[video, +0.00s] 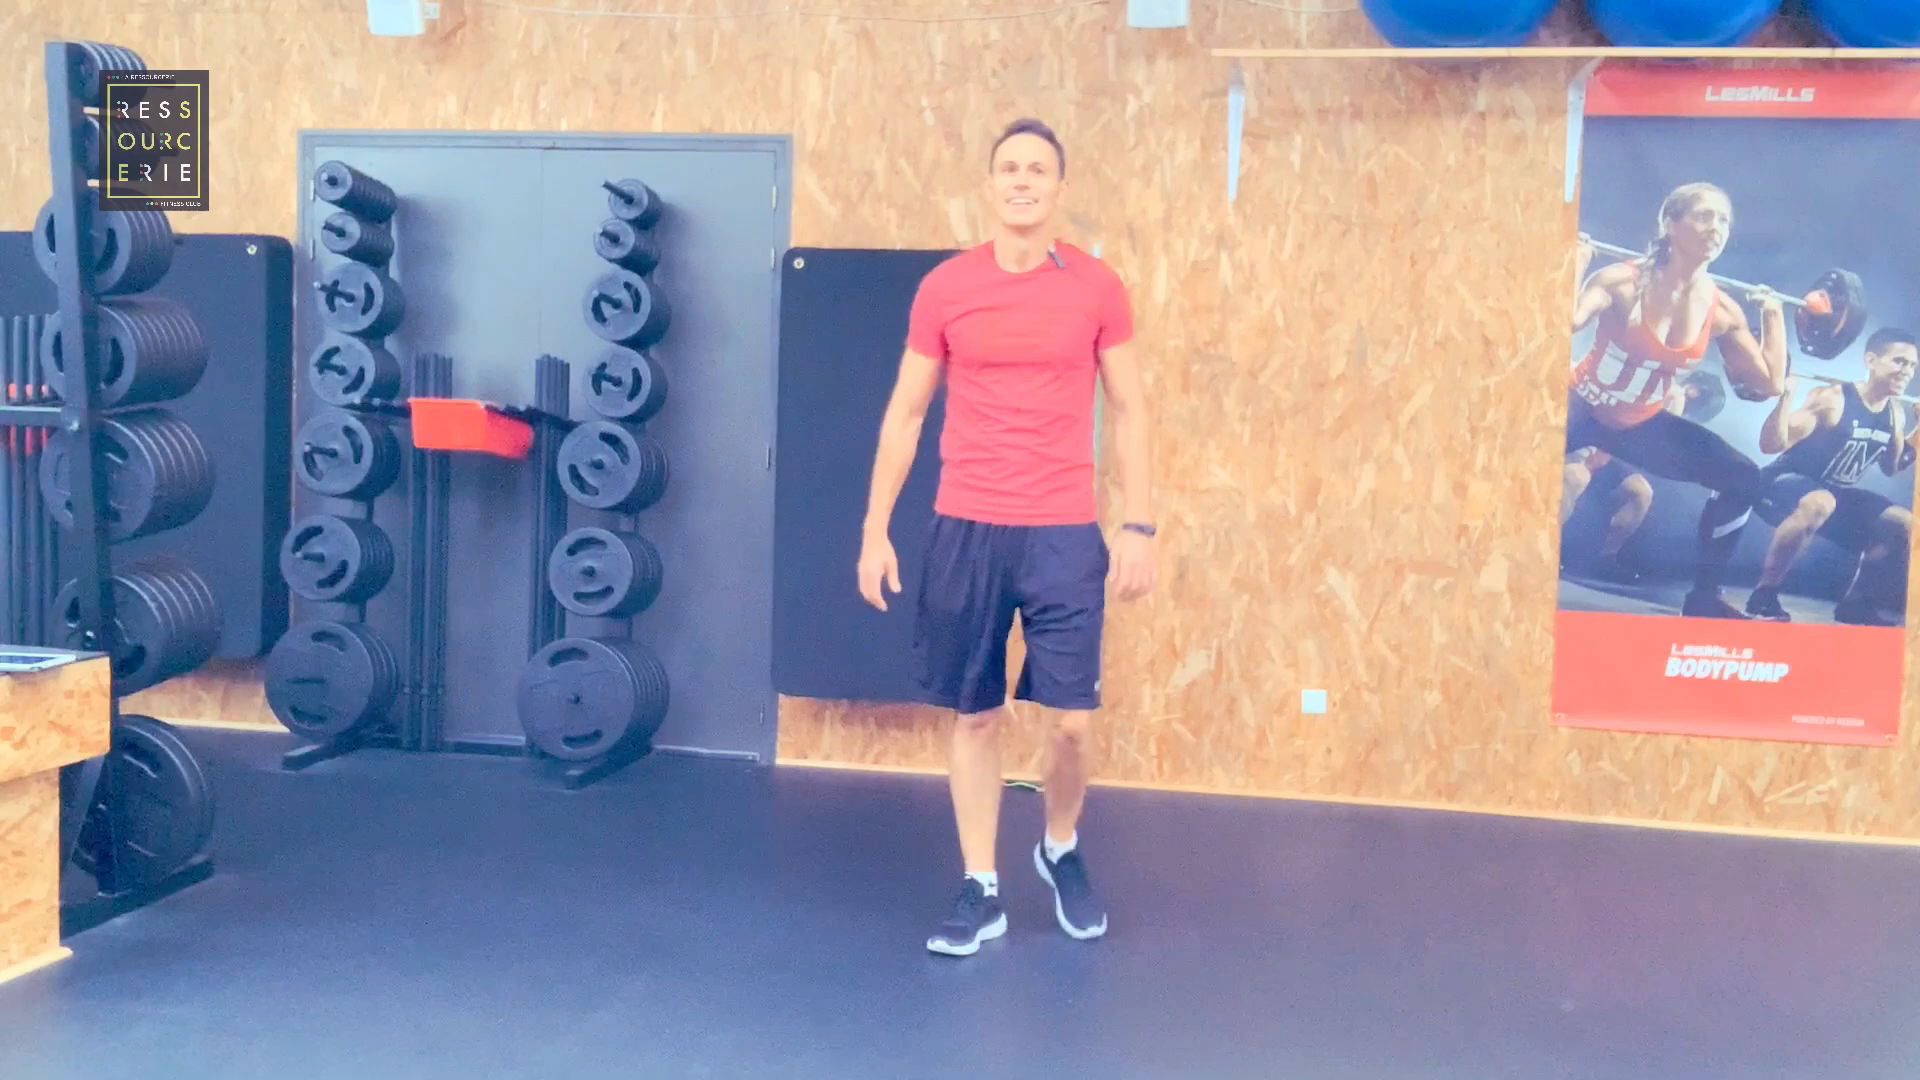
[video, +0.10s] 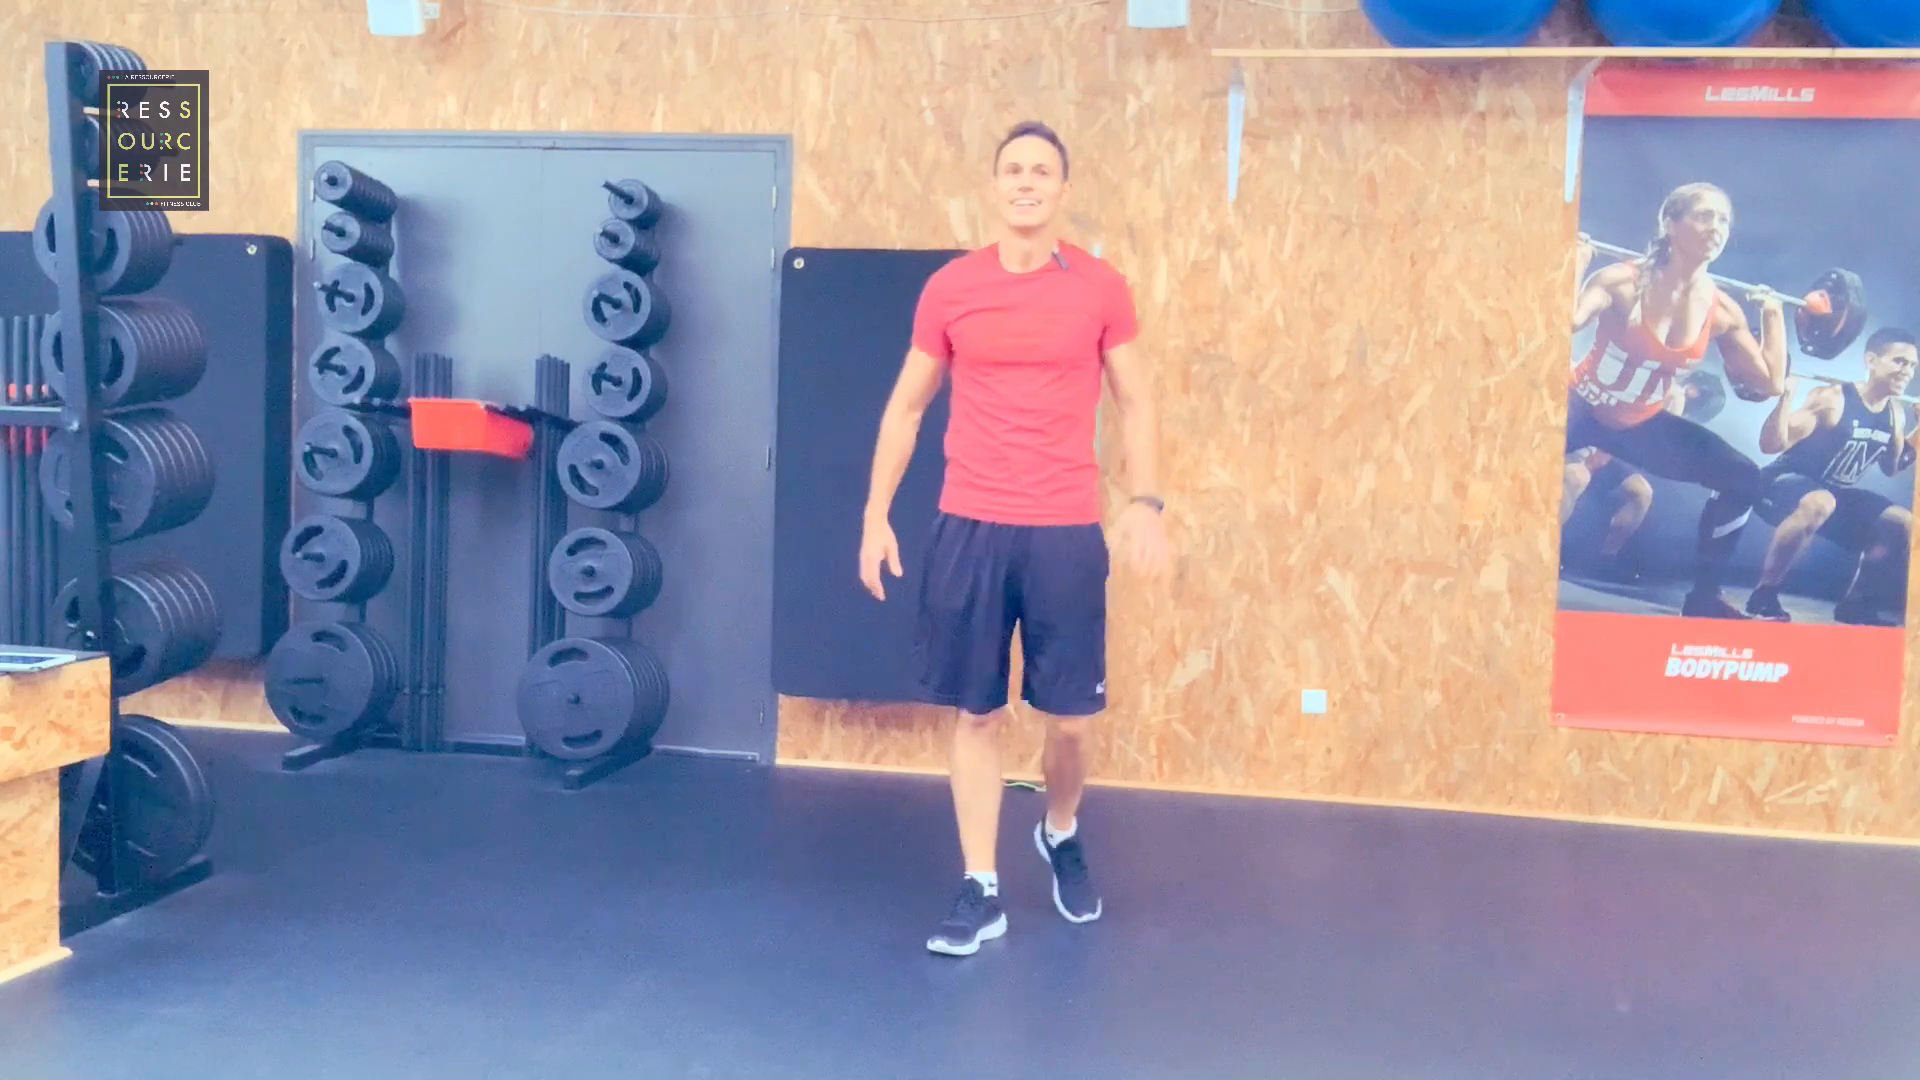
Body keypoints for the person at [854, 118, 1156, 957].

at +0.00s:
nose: (1020, 182)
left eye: (1036, 171)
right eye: (1008, 169)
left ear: (1062, 190)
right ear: (986, 187)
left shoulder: (1097, 287)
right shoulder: (945, 286)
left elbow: (1128, 409)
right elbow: (905, 412)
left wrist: (1137, 523)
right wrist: (875, 530)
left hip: (1066, 534)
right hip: (965, 531)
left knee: (1070, 721)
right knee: (975, 714)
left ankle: (1061, 850)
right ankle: (980, 888)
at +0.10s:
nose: (1025, 184)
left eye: (1041, 173)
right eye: (1013, 171)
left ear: (1065, 192)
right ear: (990, 188)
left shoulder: (1099, 286)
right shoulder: (951, 286)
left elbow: (1134, 400)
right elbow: (905, 408)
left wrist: (1145, 500)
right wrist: (876, 515)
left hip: (1067, 531)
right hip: (968, 527)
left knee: (1069, 716)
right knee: (976, 709)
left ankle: (1061, 833)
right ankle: (979, 887)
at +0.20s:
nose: (1032, 190)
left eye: (1047, 179)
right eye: (1021, 178)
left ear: (1072, 197)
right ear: (1002, 193)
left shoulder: (1109, 290)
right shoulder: (961, 290)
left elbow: (1157, 397)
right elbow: (910, 396)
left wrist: (1158, 431)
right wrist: (871, 470)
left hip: (1074, 531)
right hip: (979, 527)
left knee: (1069, 709)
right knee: (981, 706)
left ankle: (1059, 839)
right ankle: (979, 886)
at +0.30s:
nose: (1046, 195)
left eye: (1060, 183)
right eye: (1034, 182)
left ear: (1084, 199)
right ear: (1014, 195)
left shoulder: (1122, 289)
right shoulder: (972, 290)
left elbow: (1171, 412)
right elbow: (912, 394)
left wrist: (1177, 373)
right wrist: (863, 402)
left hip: (1084, 525)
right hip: (991, 522)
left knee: (1067, 702)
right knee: (987, 703)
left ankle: (1054, 846)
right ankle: (978, 886)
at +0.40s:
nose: (1058, 201)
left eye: (1072, 190)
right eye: (1046, 189)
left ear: (1095, 205)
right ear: (1025, 203)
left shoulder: (1127, 291)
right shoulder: (983, 288)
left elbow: (1180, 393)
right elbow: (907, 390)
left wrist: (1180, 318)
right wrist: (877, 345)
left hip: (1092, 524)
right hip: (1003, 523)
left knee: (1067, 703)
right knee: (992, 704)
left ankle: (1053, 852)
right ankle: (978, 884)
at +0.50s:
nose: (1068, 203)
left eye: (1081, 192)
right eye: (1056, 191)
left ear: (1103, 208)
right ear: (1035, 205)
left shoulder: (1133, 292)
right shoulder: (990, 287)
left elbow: (1189, 384)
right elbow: (906, 377)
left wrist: (1185, 305)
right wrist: (891, 312)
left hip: (1096, 524)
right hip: (1007, 523)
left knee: (1071, 696)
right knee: (995, 698)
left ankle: (1052, 851)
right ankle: (981, 881)